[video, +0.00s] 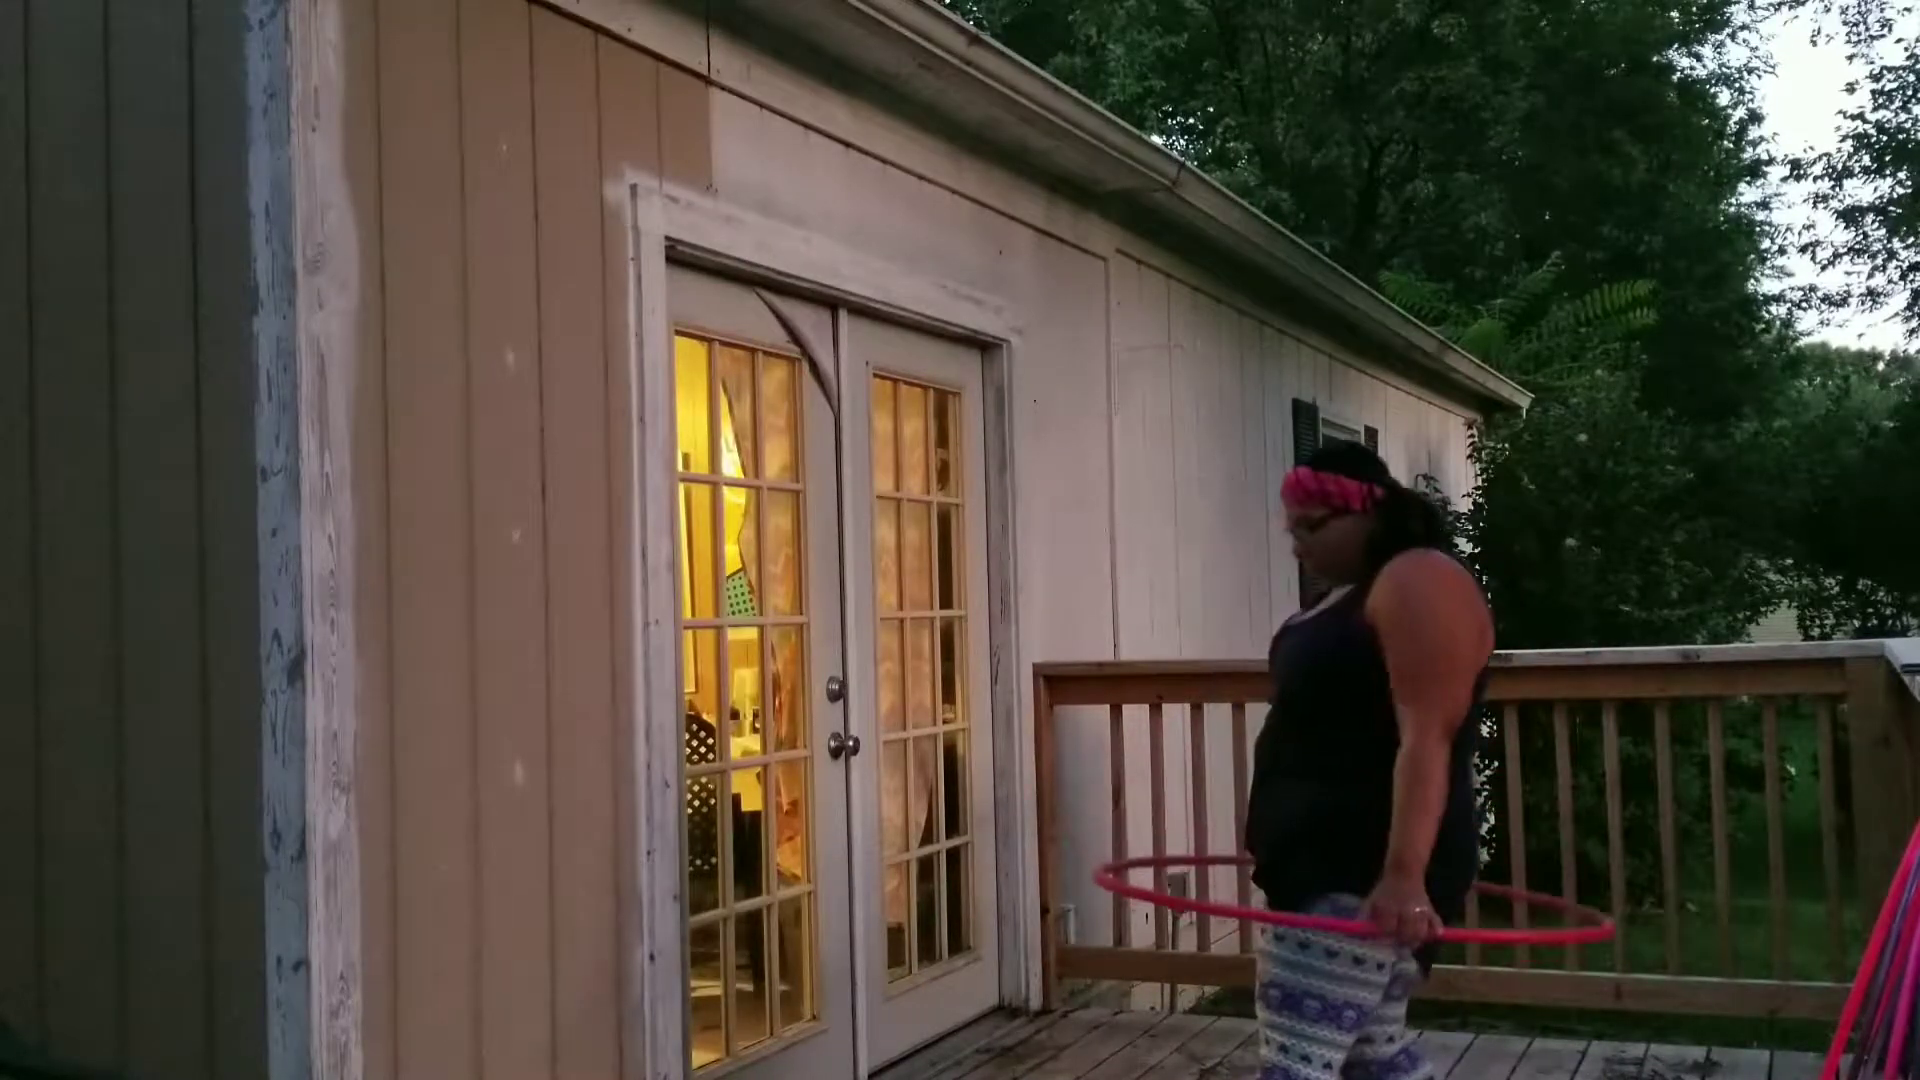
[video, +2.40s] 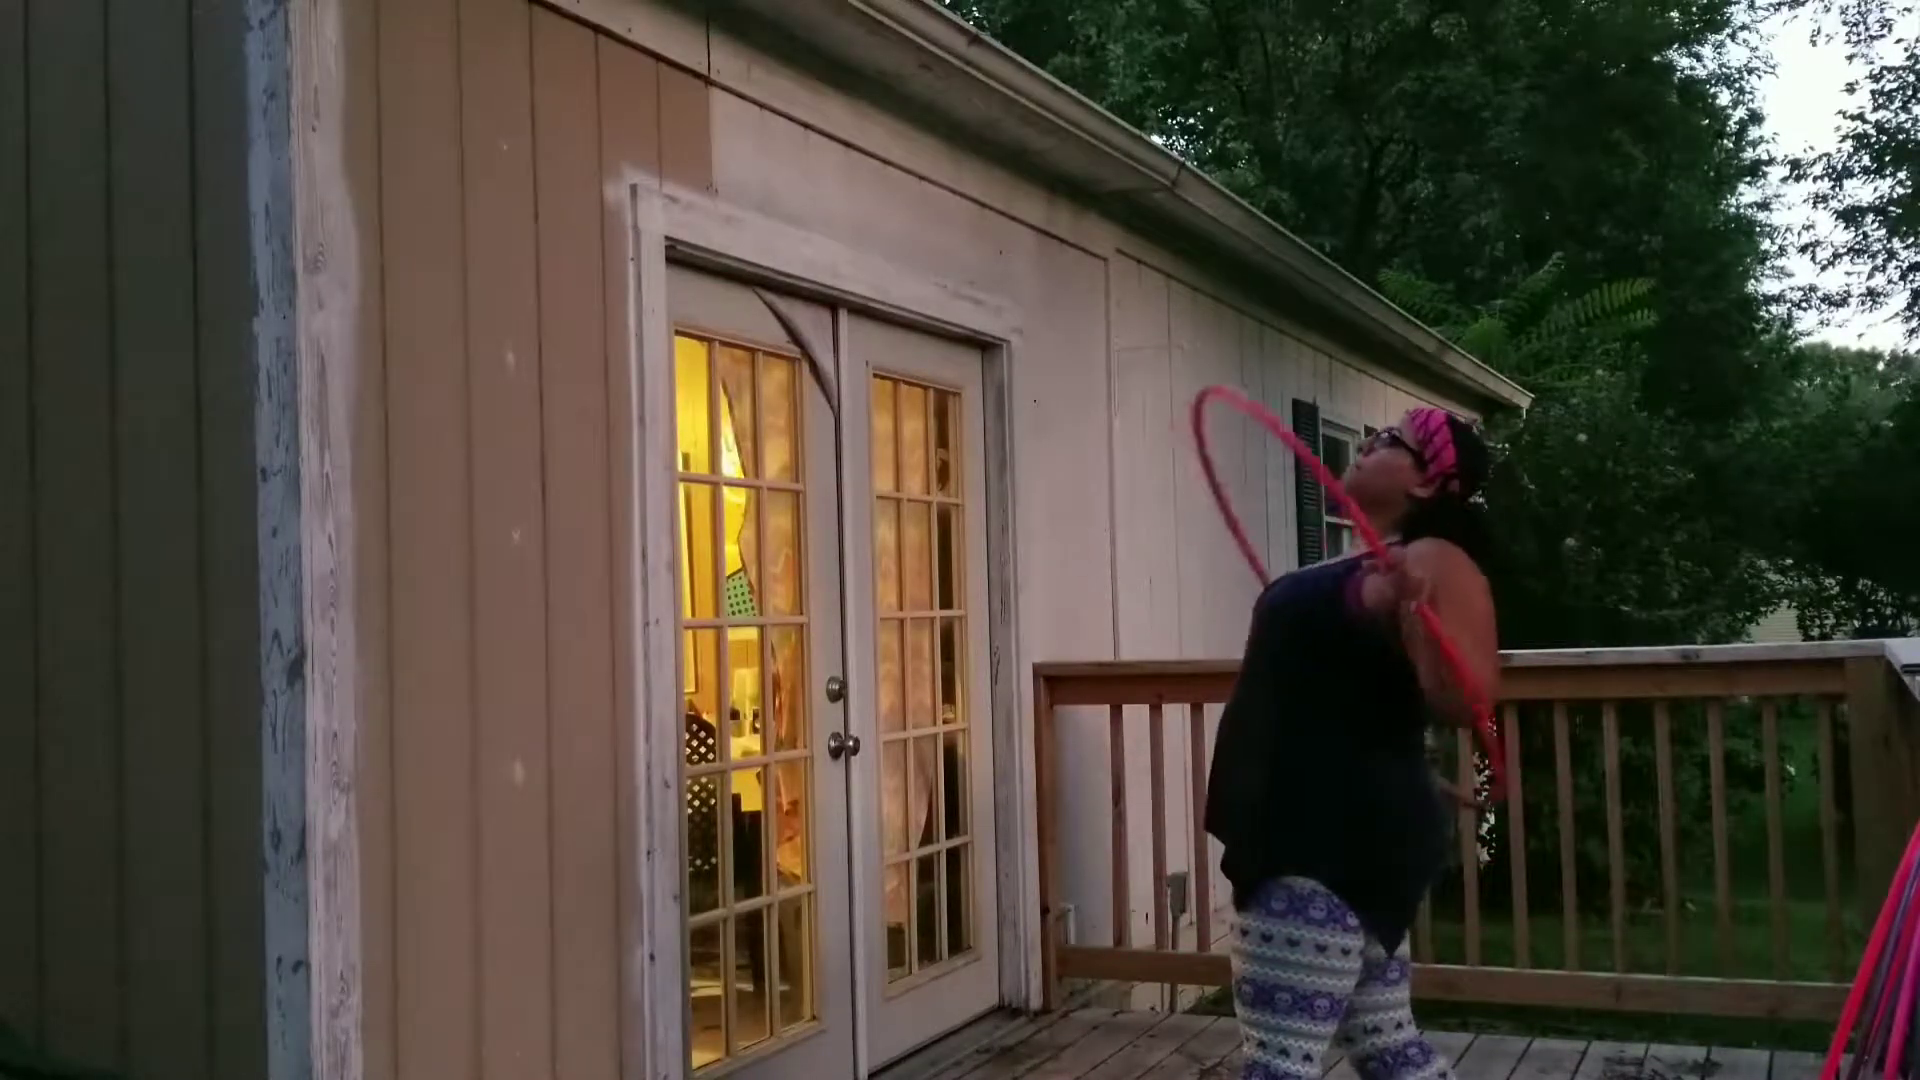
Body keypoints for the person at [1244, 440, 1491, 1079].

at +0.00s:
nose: (1299, 546)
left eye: (1310, 527)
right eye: (1294, 531)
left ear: (1365, 512)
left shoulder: (1421, 580)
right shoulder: (1346, 596)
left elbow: (1427, 737)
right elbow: (1318, 734)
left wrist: (1404, 874)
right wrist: (1274, 836)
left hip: (1354, 880)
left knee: (1297, 1061)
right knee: (1377, 1055)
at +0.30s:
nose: (1225, 502)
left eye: (1241, 486)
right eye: (1227, 486)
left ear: (1299, 492)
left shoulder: (1357, 563)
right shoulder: (1285, 583)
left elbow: (1462, 666)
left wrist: (1403, 798)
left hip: (1338, 871)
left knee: (1292, 1064)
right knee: (1389, 1050)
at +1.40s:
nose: (1327, 482)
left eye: (1346, 468)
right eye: (1329, 468)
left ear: (1400, 485)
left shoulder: (1428, 587)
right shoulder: (1349, 585)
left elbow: (1416, 737)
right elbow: (1320, 737)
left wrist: (1409, 883)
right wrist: (1269, 864)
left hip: (1341, 877)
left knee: (1285, 1063)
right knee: (1383, 1052)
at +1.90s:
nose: (1393, 451)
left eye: (1418, 451)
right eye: (1404, 444)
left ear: (1451, 495)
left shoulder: (1446, 577)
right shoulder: (1376, 574)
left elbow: (1466, 717)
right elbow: (1344, 713)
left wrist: (1382, 802)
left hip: (1335, 861)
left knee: (1282, 1060)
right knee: (1383, 1052)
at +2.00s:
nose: (1387, 447)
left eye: (1413, 448)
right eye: (1398, 441)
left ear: (1446, 492)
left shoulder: (1444, 569)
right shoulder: (1376, 570)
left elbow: (1475, 708)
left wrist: (1378, 741)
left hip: (1340, 861)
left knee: (1282, 1059)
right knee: (1382, 1051)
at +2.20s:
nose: (1380, 442)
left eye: (1404, 442)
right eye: (1388, 436)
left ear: (1436, 486)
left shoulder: (1440, 561)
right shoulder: (1368, 566)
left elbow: (1487, 696)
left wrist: (1412, 638)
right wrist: (1271, 659)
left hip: (1336, 853)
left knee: (1279, 1057)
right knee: (1383, 1046)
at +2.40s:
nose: (1367, 444)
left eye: (1390, 441)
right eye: (1376, 436)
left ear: (1424, 483)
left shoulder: (1433, 560)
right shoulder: (1350, 565)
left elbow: (1466, 701)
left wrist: (1413, 614)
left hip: (1333, 848)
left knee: (1277, 1059)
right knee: (1387, 1045)